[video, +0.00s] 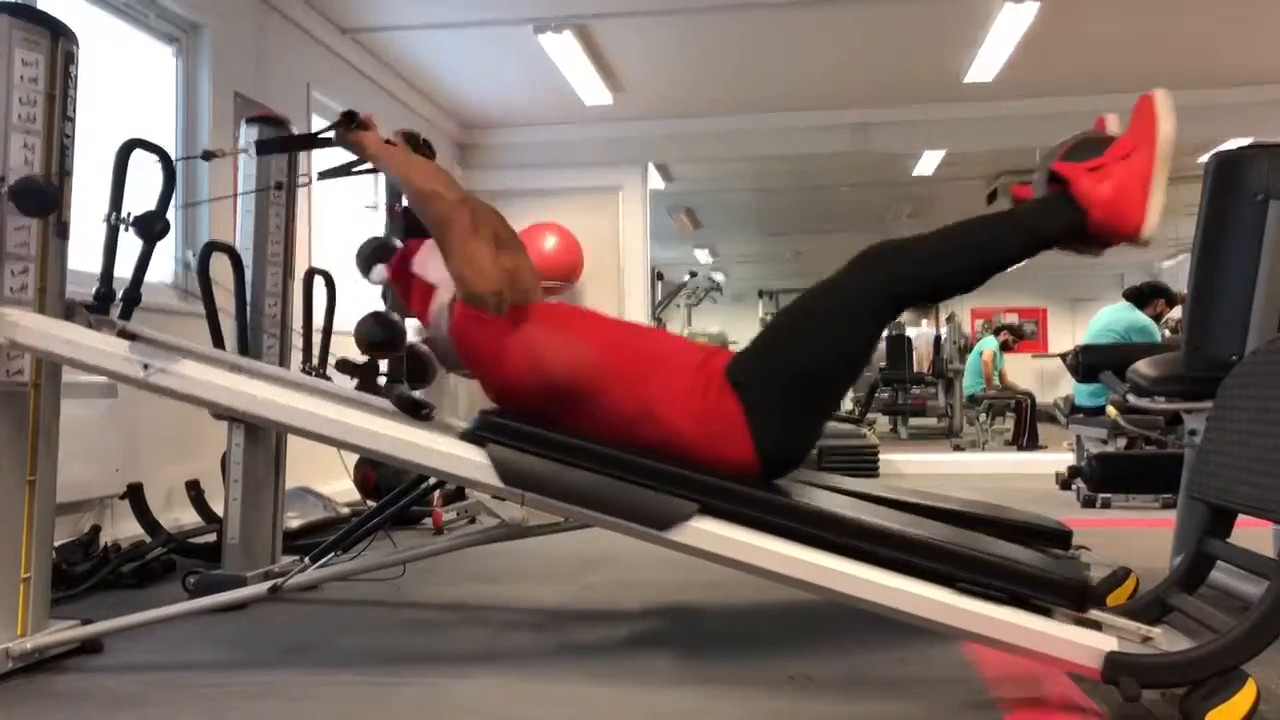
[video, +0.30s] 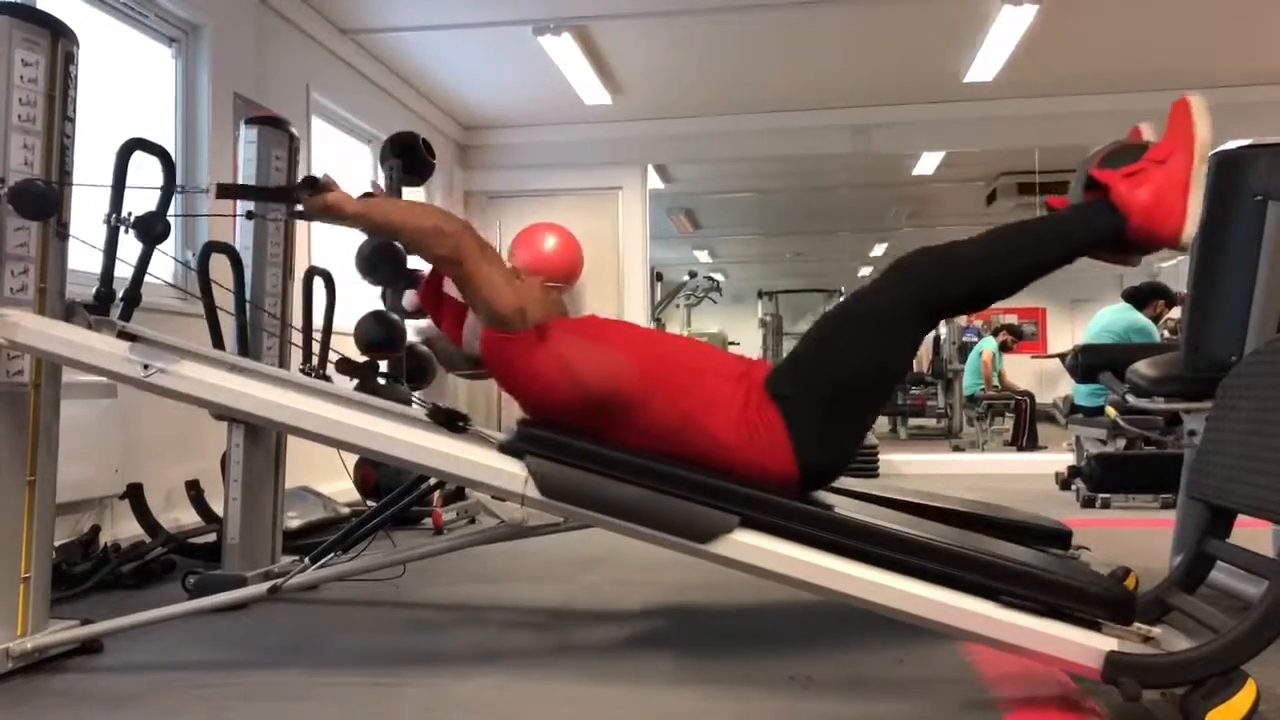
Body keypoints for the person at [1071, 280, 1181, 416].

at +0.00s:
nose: (1163, 316)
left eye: (1166, 313)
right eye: (1166, 311)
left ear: (1139, 298)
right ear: (1159, 305)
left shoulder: (1107, 311)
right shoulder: (1143, 324)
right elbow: (1158, 367)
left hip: (1082, 398)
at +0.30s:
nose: (1163, 316)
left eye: (1167, 312)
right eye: (1166, 311)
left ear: (1140, 299)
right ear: (1159, 306)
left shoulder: (1106, 312)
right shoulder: (1142, 325)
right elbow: (1157, 368)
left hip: (1080, 397)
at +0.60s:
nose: (1164, 313)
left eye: (1167, 309)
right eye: (1167, 308)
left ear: (1140, 296)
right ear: (1161, 305)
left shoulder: (1107, 311)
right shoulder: (1144, 325)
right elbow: (1158, 369)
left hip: (1082, 396)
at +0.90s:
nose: (1162, 311)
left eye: (1163, 307)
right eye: (1163, 306)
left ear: (1135, 294)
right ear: (1159, 304)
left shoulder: (1107, 311)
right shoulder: (1143, 324)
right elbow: (1157, 368)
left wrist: (1160, 329)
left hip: (1081, 397)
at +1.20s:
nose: (1162, 309)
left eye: (1163, 305)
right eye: (1163, 304)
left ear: (1135, 295)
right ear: (1159, 304)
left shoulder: (1106, 311)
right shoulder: (1143, 325)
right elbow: (1157, 368)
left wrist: (1157, 330)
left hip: (1081, 398)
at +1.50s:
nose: (1163, 309)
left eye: (1165, 305)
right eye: (1164, 305)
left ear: (1136, 295)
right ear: (1160, 304)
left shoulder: (1108, 311)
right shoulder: (1144, 324)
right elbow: (1158, 368)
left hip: (1081, 398)